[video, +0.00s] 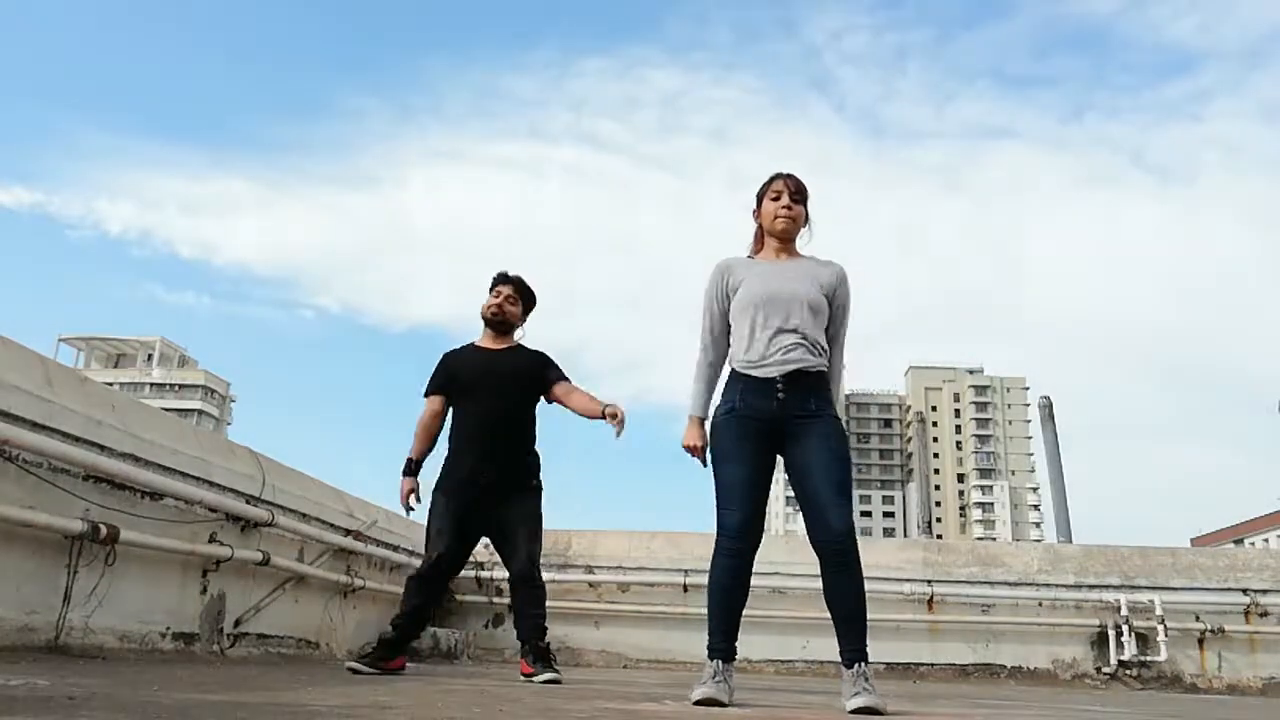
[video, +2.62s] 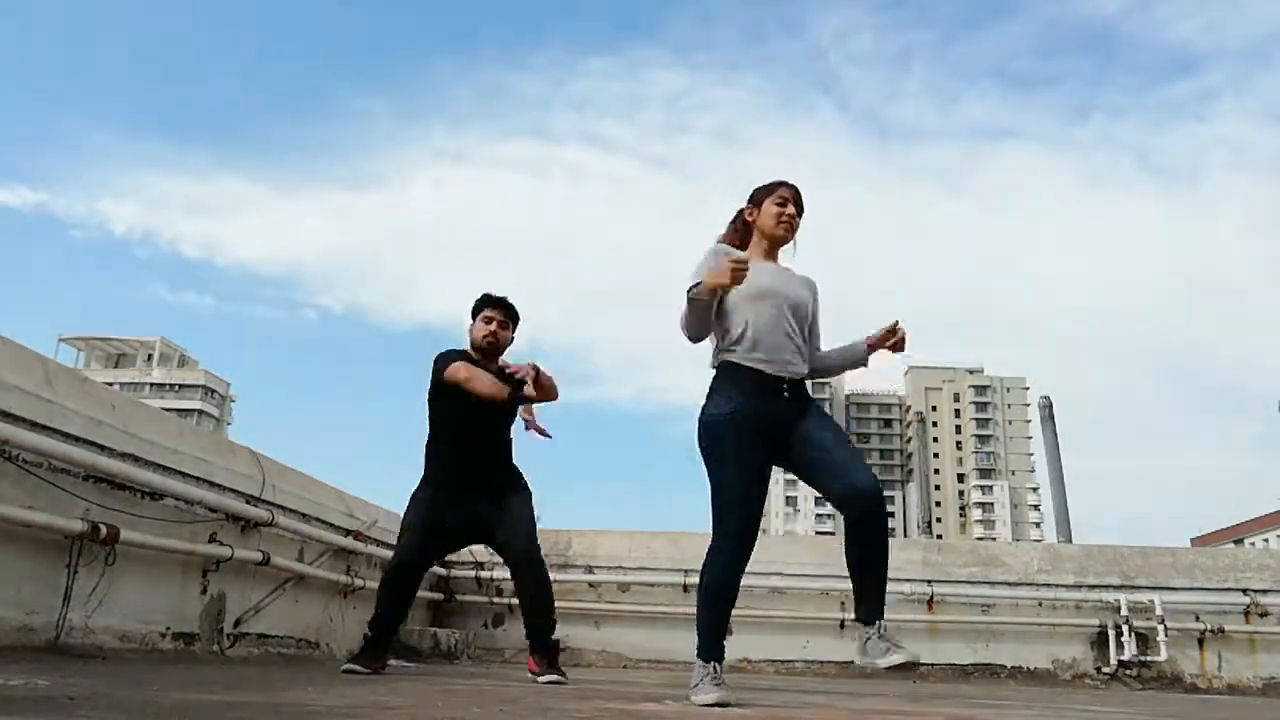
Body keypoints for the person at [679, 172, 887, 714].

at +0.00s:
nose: (786, 204)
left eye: (795, 198)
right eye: (776, 197)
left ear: (806, 216)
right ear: (757, 213)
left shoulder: (830, 274)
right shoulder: (730, 271)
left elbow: (834, 357)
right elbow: (712, 349)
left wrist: (831, 419)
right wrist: (696, 417)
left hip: (812, 407)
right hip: (742, 407)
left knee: (837, 536)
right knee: (736, 535)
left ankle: (857, 672)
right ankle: (718, 668)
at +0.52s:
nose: (790, 202)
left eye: (799, 198)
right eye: (779, 195)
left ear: (808, 218)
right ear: (759, 213)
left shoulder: (828, 276)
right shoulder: (733, 269)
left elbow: (861, 343)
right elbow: (709, 335)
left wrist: (904, 383)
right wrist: (682, 379)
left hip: (807, 413)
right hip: (741, 411)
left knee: (832, 536)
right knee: (736, 534)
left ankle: (855, 673)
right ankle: (718, 668)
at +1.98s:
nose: (780, 200)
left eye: (788, 196)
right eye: (768, 194)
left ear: (797, 215)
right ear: (748, 213)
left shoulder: (824, 270)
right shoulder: (724, 271)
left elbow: (836, 341)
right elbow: (714, 342)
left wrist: (832, 340)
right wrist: (754, 343)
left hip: (806, 411)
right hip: (741, 412)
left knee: (825, 538)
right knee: (734, 533)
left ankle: (853, 673)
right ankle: (716, 668)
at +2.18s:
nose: (773, 206)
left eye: (781, 202)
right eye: (762, 197)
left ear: (785, 221)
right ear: (738, 211)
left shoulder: (800, 274)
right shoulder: (705, 267)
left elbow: (828, 331)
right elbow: (678, 326)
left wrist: (839, 365)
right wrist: (732, 351)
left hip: (785, 411)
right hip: (721, 411)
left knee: (833, 506)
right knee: (719, 534)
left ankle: (832, 642)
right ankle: (704, 666)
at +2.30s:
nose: (775, 205)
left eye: (782, 201)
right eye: (765, 195)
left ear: (785, 217)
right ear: (738, 205)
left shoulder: (794, 279)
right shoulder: (702, 260)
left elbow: (812, 356)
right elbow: (647, 328)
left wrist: (874, 375)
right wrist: (647, 315)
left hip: (780, 403)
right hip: (720, 403)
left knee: (847, 447)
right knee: (717, 534)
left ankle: (776, 536)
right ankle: (703, 664)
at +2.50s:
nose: (783, 207)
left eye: (791, 204)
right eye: (774, 197)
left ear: (791, 220)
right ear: (746, 206)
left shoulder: (792, 279)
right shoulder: (714, 256)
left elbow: (791, 360)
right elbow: (675, 326)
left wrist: (836, 360)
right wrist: (629, 277)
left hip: (787, 400)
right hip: (730, 396)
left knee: (863, 454)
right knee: (724, 532)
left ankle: (814, 556)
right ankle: (706, 665)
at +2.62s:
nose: (789, 213)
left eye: (796, 209)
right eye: (779, 203)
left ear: (797, 226)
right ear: (750, 212)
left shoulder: (804, 285)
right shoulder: (723, 257)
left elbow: (810, 363)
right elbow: (694, 332)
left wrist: (869, 346)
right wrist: (709, 289)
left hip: (796, 409)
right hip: (737, 403)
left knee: (865, 497)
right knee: (733, 537)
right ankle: (708, 667)